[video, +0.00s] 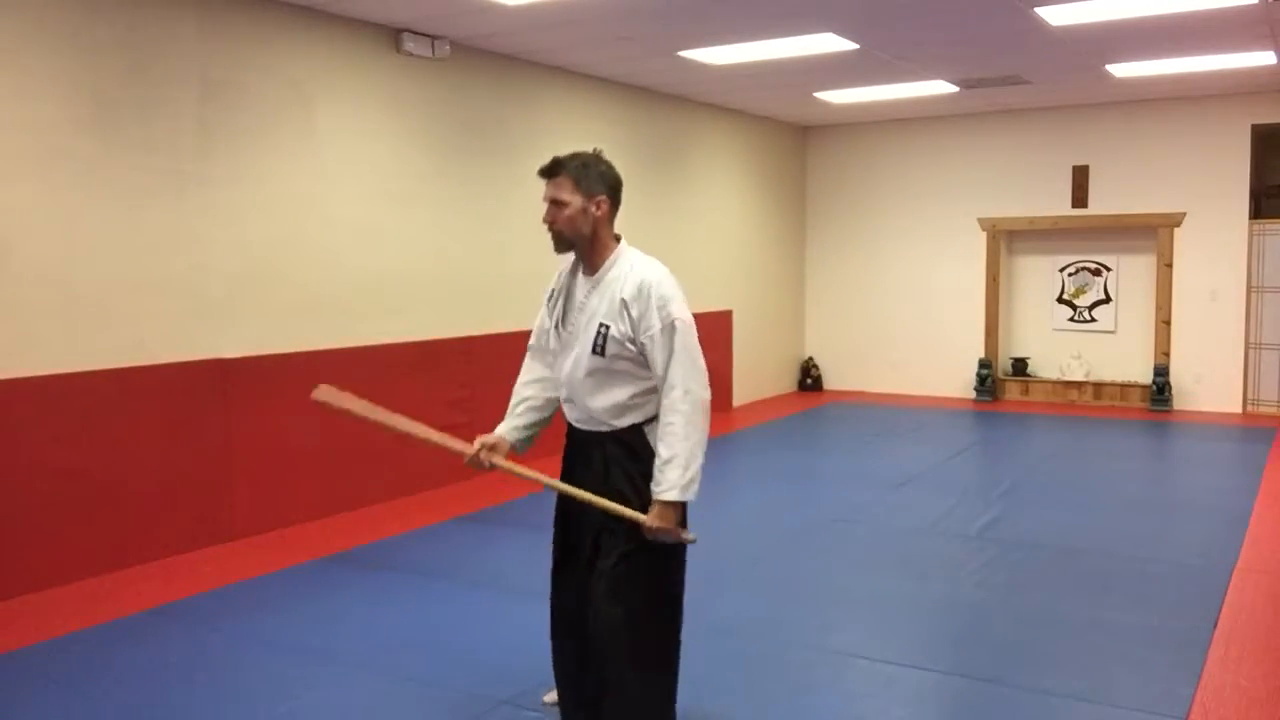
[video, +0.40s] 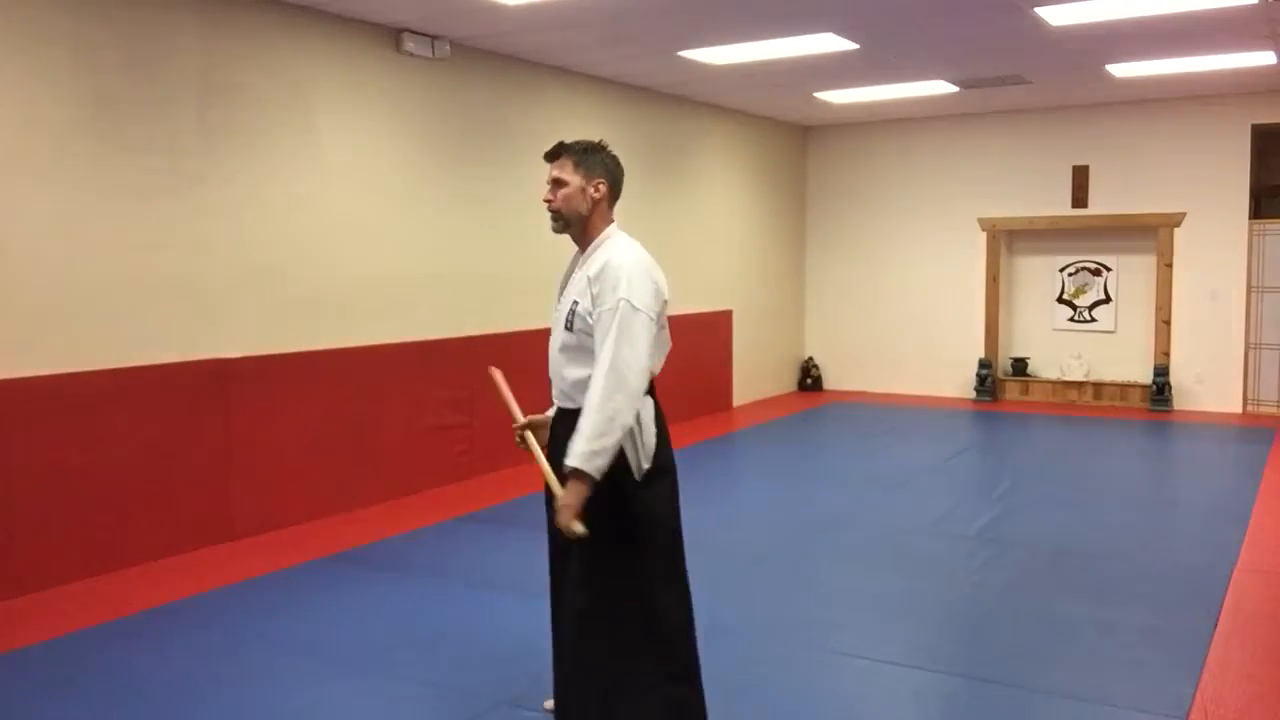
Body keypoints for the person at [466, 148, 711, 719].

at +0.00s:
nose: (545, 217)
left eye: (557, 205)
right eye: (545, 204)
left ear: (600, 208)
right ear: (587, 209)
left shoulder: (649, 284)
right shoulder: (566, 280)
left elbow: (688, 391)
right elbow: (543, 367)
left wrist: (670, 495)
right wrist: (508, 434)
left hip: (635, 458)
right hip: (581, 453)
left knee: (631, 613)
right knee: (575, 602)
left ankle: (633, 712)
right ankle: (582, 703)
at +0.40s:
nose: (547, 195)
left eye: (558, 184)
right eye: (547, 184)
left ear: (597, 191)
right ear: (588, 194)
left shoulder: (625, 268)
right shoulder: (588, 263)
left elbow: (622, 383)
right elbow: (597, 368)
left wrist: (581, 478)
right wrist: (554, 416)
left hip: (621, 449)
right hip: (586, 439)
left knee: (625, 600)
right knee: (589, 594)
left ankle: (632, 706)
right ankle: (587, 699)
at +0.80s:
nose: (526, 203)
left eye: (536, 192)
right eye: (526, 192)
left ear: (573, 195)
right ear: (568, 199)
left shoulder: (592, 263)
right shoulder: (573, 261)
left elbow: (585, 374)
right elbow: (582, 359)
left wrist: (537, 456)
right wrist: (537, 392)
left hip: (592, 443)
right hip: (573, 439)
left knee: (589, 597)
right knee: (576, 595)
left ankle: (598, 709)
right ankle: (584, 708)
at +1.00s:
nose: (515, 202)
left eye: (525, 190)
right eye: (514, 192)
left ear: (562, 194)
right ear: (552, 198)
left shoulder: (581, 259)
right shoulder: (558, 259)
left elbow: (582, 360)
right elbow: (554, 353)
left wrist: (521, 423)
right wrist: (506, 374)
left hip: (586, 437)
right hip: (559, 433)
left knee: (578, 586)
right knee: (552, 585)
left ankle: (582, 707)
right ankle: (554, 705)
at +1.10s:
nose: (510, 201)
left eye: (520, 190)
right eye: (509, 191)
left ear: (556, 194)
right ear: (544, 198)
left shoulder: (575, 259)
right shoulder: (549, 260)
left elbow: (573, 357)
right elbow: (539, 352)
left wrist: (509, 414)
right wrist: (488, 366)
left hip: (579, 435)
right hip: (550, 432)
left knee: (574, 576)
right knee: (535, 574)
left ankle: (574, 702)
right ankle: (539, 701)